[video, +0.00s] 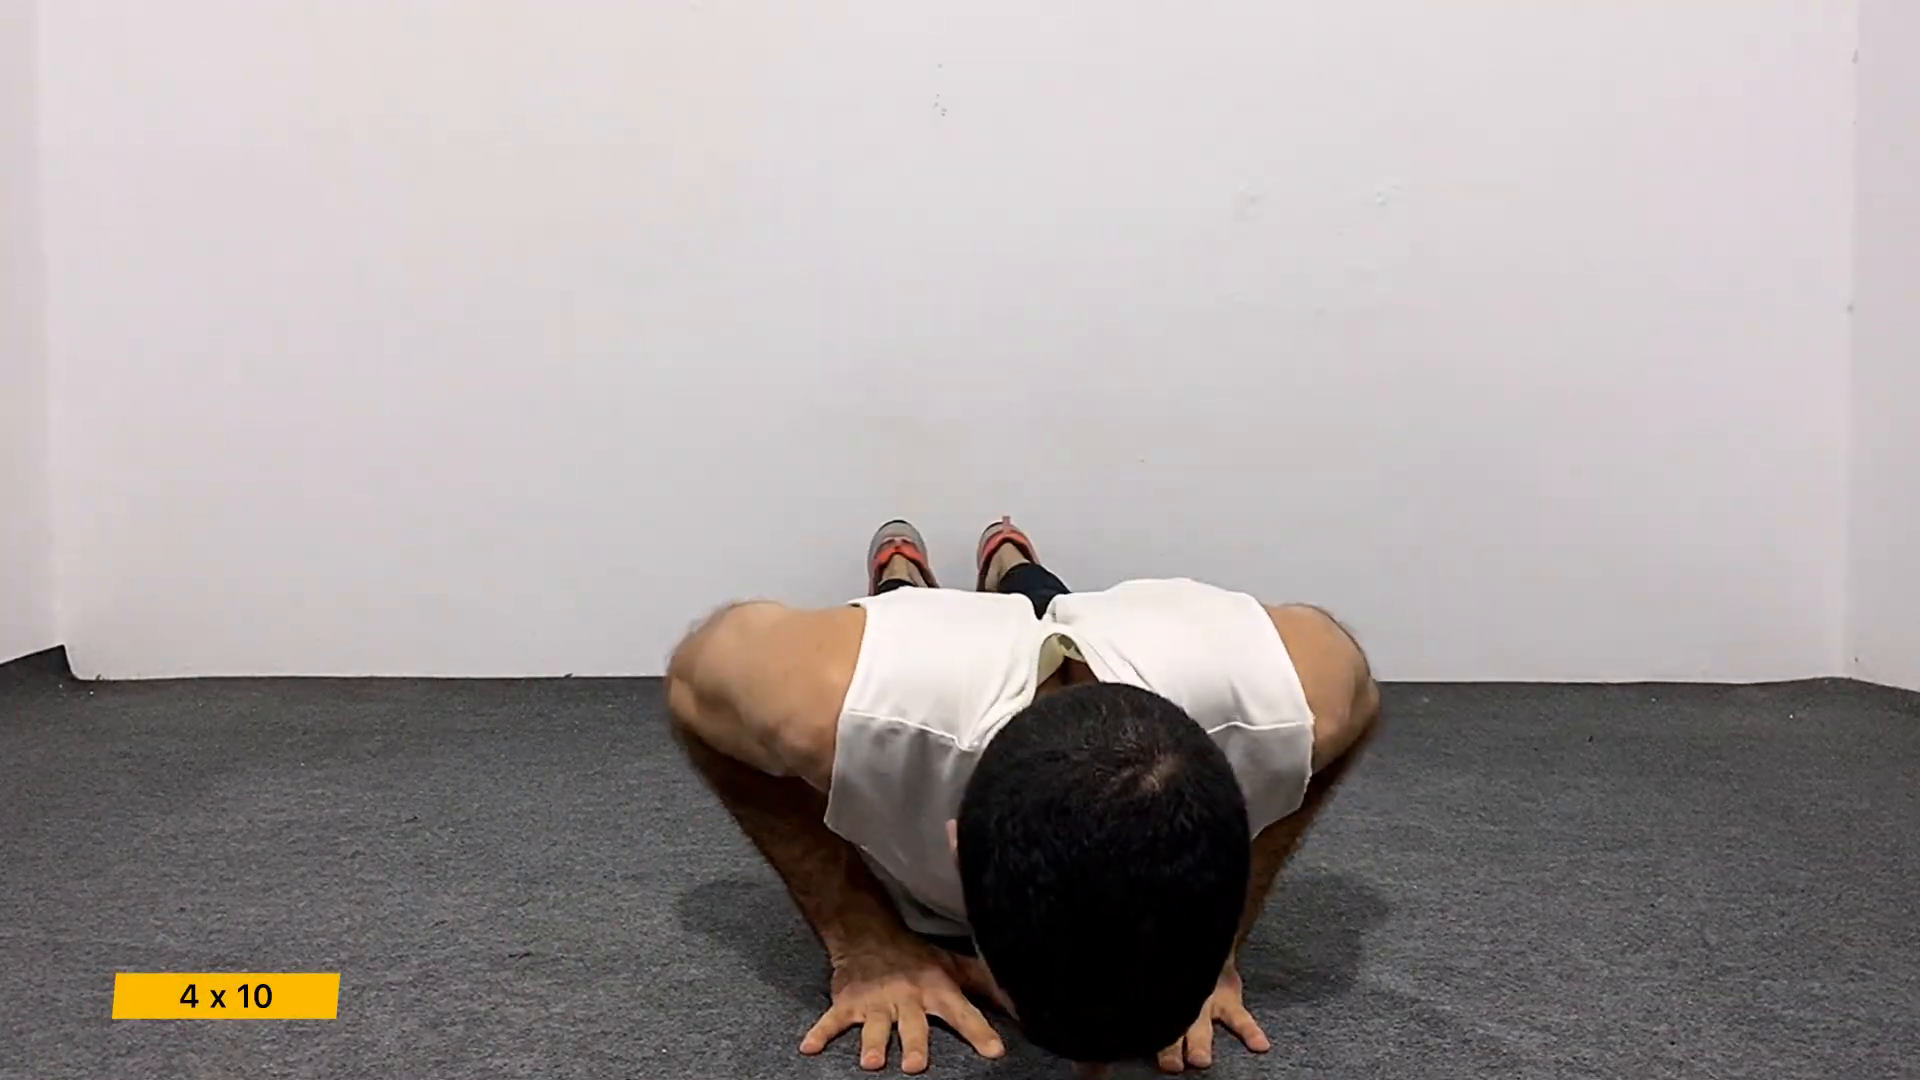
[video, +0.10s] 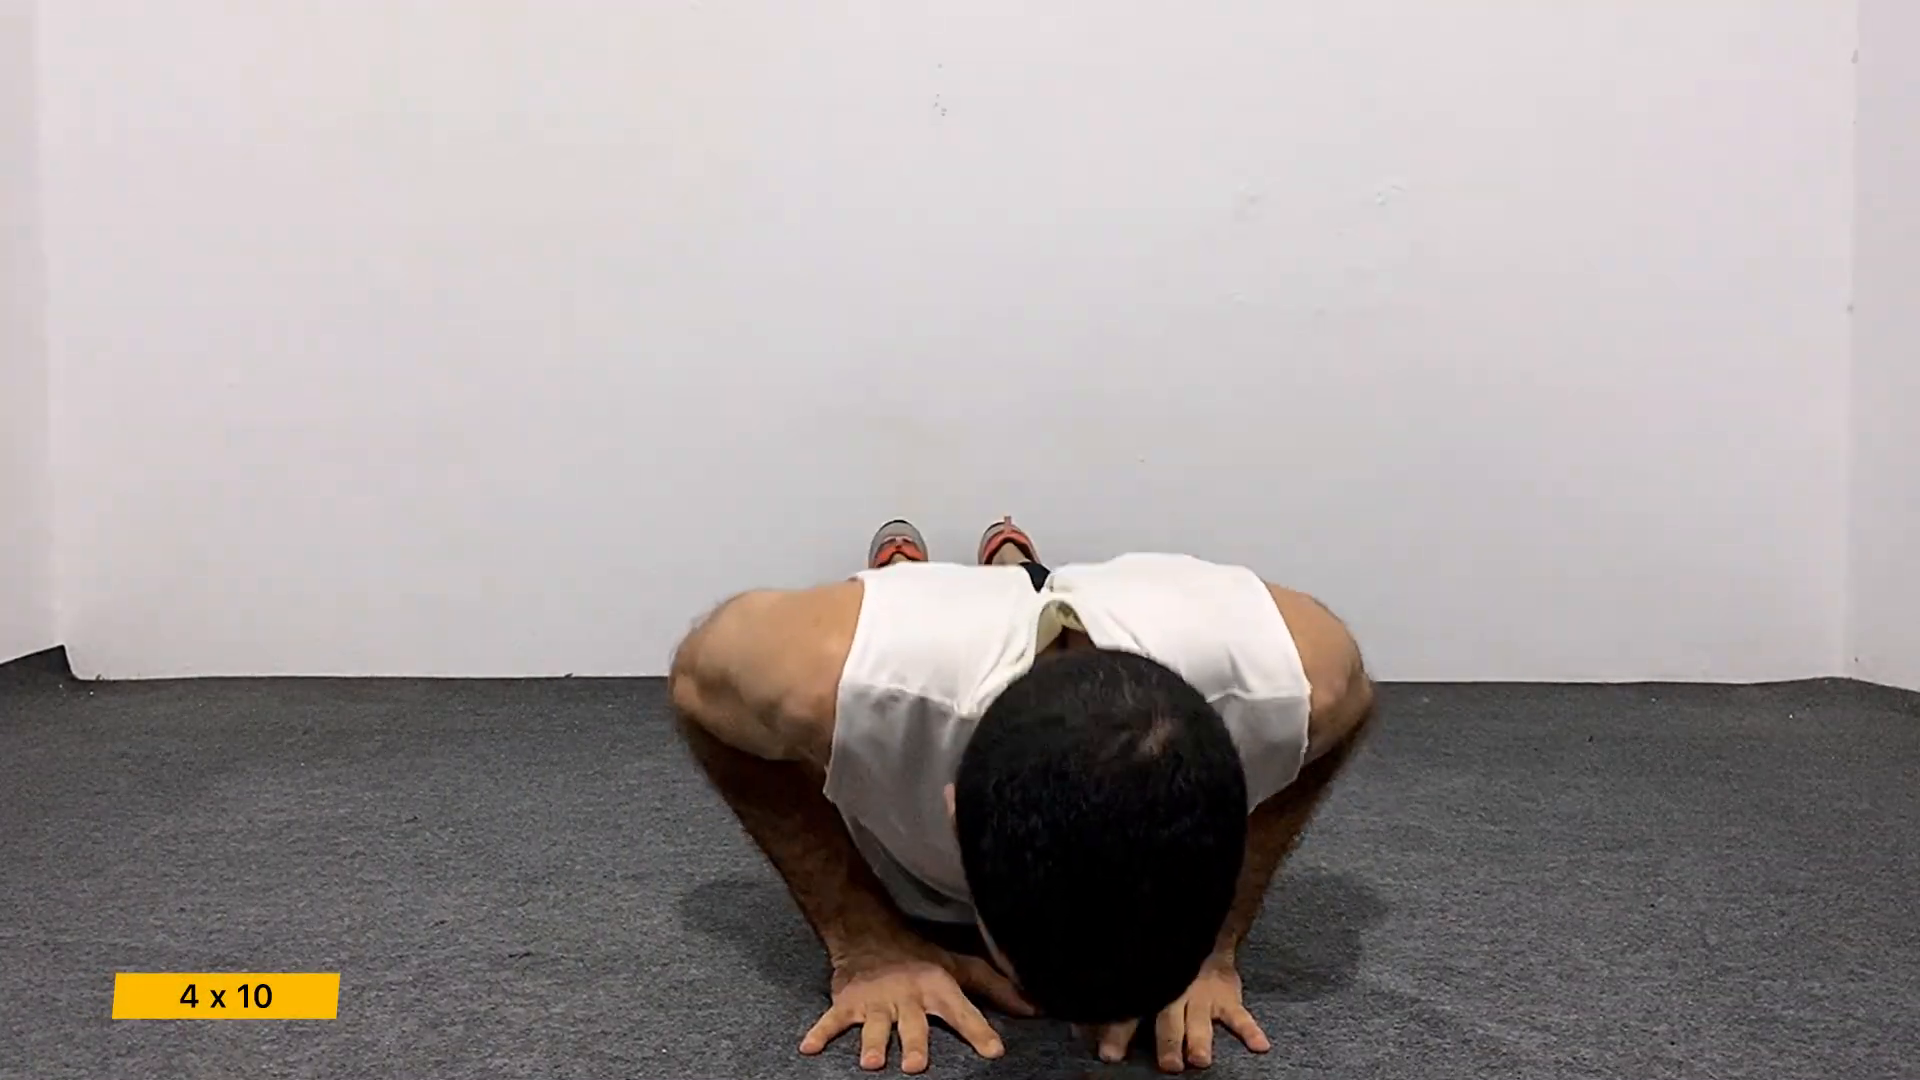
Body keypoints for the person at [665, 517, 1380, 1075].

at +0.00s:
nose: (1095, 1072)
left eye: (1134, 1052)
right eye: (1062, 1048)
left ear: (1235, 875)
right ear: (964, 852)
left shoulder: (1301, 694)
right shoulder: (835, 703)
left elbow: (1356, 695)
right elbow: (698, 679)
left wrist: (1225, 939)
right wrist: (857, 931)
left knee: (1055, 624)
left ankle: (1019, 576)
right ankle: (904, 590)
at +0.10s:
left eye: (1122, 1018)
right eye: (1032, 999)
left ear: (1234, 808)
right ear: (956, 804)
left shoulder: (1303, 679)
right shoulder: (827, 680)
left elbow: (1347, 712)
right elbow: (702, 682)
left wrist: (1217, 947)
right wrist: (862, 939)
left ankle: (1012, 567)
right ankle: (897, 569)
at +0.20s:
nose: (1089, 926)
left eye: (1132, 885)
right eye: (1047, 877)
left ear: (1219, 763)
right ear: (956, 717)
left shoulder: (1298, 620)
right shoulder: (818, 618)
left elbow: (1324, 714)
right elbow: (718, 692)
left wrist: (1201, 929)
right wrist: (862, 931)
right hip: (917, 837)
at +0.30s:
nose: (1087, 784)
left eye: (1131, 745)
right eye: (1042, 741)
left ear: (1212, 632)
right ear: (951, 591)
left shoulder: (1290, 535)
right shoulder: (820, 521)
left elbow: (1307, 696)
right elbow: (722, 688)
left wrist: (1202, 923)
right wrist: (864, 932)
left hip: (1149, 769)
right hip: (903, 781)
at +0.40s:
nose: (1075, 633)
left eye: (1128, 592)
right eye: (1034, 588)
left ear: (1201, 488)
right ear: (950, 448)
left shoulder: (1278, 443)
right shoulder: (817, 428)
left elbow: (1303, 672)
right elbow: (728, 669)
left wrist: (1200, 929)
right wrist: (868, 936)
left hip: (1119, 720)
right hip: (901, 721)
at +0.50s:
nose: (1071, 490)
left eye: (1123, 440)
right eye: (1027, 440)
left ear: (1179, 347)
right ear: (947, 301)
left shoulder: (1270, 349)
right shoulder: (814, 334)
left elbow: (1290, 644)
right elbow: (749, 641)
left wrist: (1197, 929)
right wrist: (869, 933)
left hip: (1105, 656)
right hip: (904, 656)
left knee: (1088, 675)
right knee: (904, 675)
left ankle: (1075, 672)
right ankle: (910, 678)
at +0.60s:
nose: (1063, 369)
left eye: (1111, 322)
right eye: (1018, 320)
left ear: (1176, 221)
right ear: (943, 180)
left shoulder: (1259, 272)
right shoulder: (811, 263)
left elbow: (1256, 615)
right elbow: (796, 612)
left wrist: (1195, 931)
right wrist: (871, 934)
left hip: (1101, 613)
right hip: (909, 614)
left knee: (1058, 661)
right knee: (920, 667)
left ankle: (1031, 674)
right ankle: (921, 676)